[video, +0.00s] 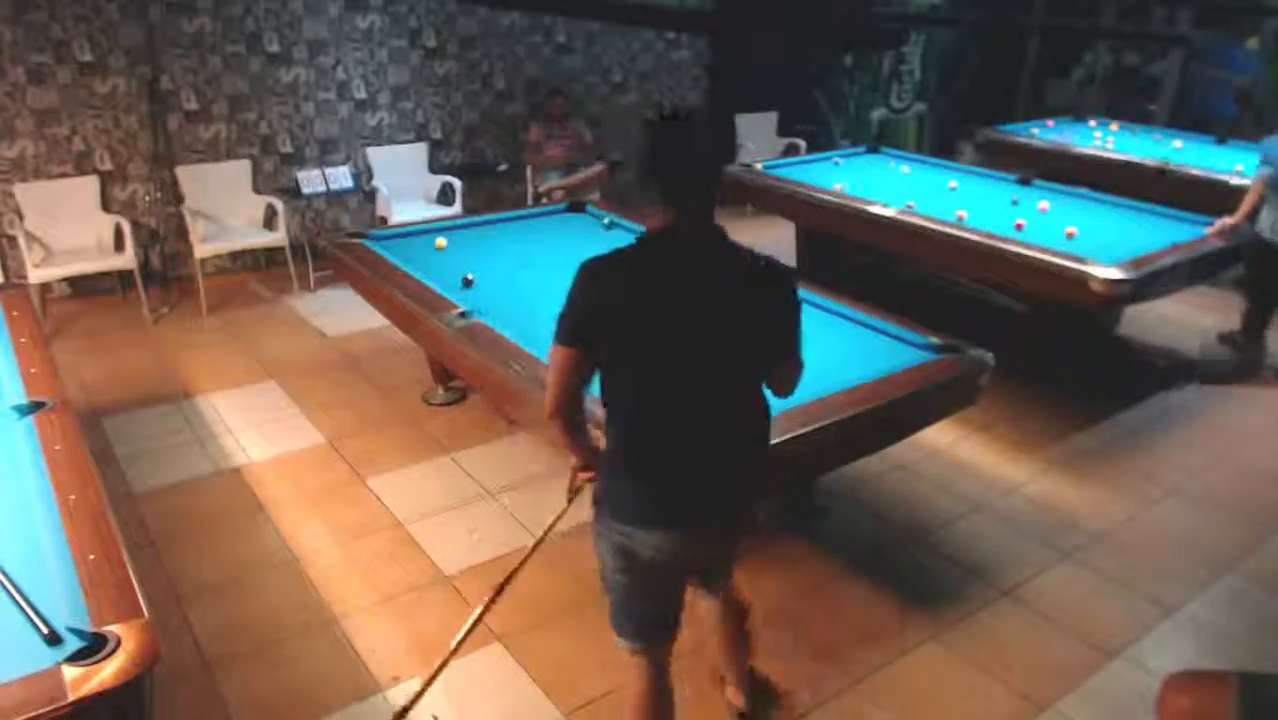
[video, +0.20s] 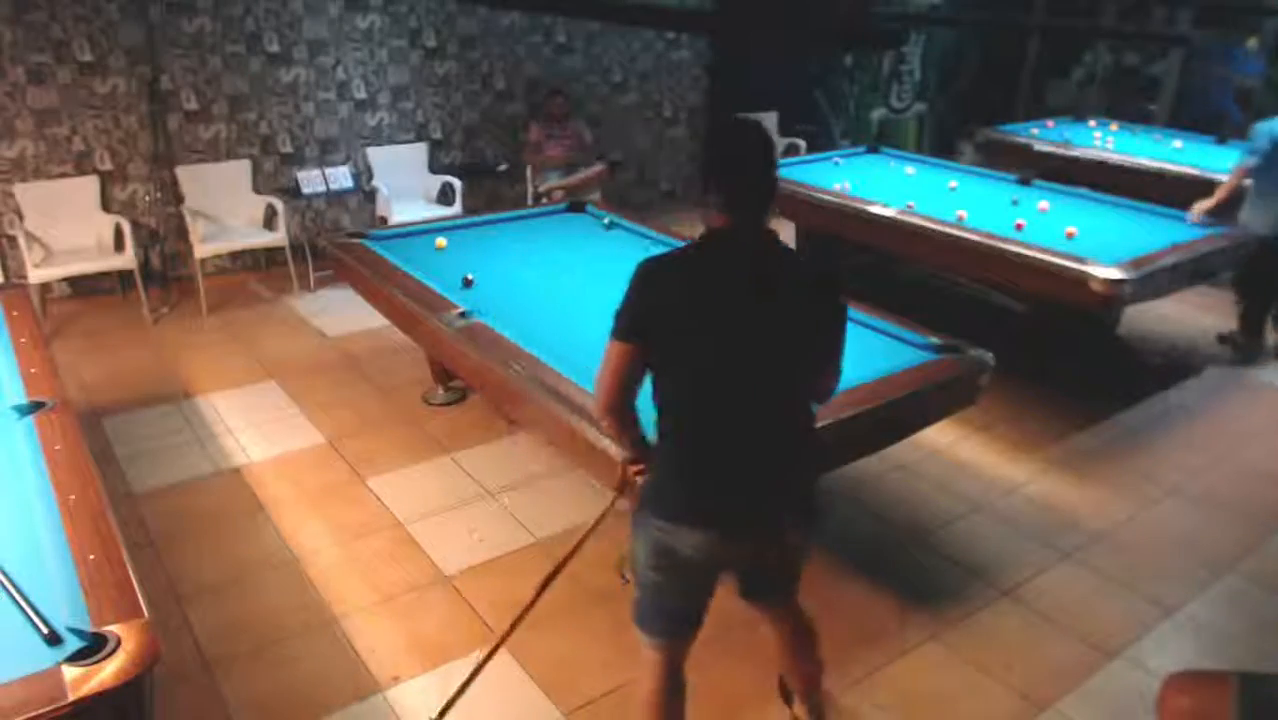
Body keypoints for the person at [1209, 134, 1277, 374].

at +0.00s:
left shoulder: (1271, 148)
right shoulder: (1270, 147)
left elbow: (1262, 181)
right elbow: (1262, 180)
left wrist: (1238, 217)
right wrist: (1239, 217)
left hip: (1269, 235)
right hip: (1267, 234)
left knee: (1261, 292)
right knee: (1260, 290)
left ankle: (1252, 341)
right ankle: (1249, 334)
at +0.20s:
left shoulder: (1266, 131)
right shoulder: (1265, 131)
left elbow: (1239, 175)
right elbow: (1241, 175)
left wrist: (1210, 203)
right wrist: (1215, 201)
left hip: (1262, 230)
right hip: (1264, 229)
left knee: (1253, 288)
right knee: (1255, 286)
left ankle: (1250, 340)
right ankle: (1248, 334)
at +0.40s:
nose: (1251, 93)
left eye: (1255, 89)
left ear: (1265, 92)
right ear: (1273, 95)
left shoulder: (1257, 125)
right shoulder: (1264, 124)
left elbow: (1222, 168)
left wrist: (1185, 186)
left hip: (1248, 219)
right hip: (1267, 217)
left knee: (1243, 274)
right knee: (1232, 266)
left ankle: (1251, 331)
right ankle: (1220, 312)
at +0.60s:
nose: (1221, 87)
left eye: (1227, 82)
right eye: (1226, 81)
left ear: (1238, 85)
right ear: (1263, 86)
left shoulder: (1233, 121)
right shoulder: (1271, 120)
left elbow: (1210, 161)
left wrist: (1180, 182)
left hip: (1224, 203)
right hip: (1256, 201)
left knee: (1224, 267)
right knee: (1204, 255)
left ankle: (1245, 326)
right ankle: (1181, 304)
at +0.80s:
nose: (1202, 84)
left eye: (1206, 79)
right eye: (1204, 77)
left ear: (1217, 81)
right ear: (1236, 80)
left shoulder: (1212, 114)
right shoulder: (1254, 114)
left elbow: (1187, 152)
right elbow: (1256, 151)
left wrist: (1146, 167)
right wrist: (1234, 162)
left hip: (1201, 186)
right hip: (1230, 187)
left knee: (1180, 239)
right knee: (1204, 242)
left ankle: (1207, 296)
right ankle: (1179, 301)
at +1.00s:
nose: (1191, 82)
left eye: (1194, 77)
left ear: (1198, 80)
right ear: (1220, 79)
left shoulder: (1192, 112)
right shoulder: (1233, 109)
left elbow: (1156, 141)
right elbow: (1225, 142)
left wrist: (1119, 159)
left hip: (1180, 183)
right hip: (1210, 184)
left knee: (1156, 233)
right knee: (1189, 240)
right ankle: (1179, 297)